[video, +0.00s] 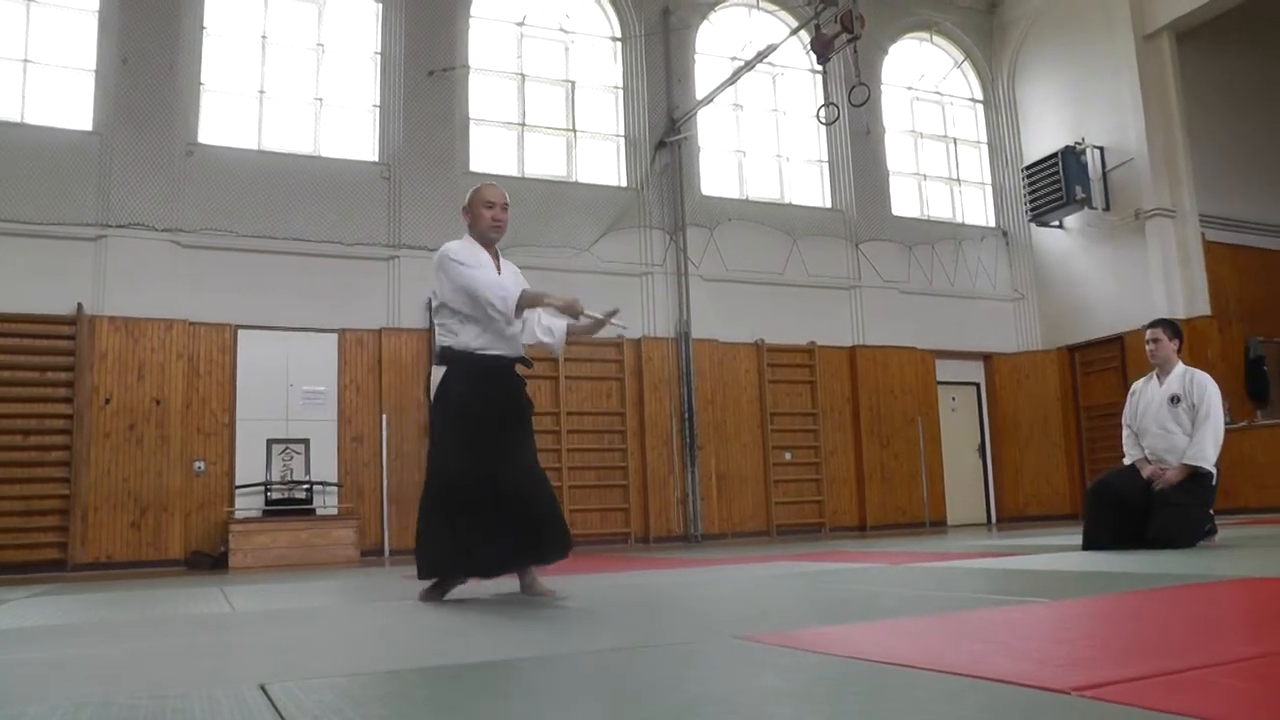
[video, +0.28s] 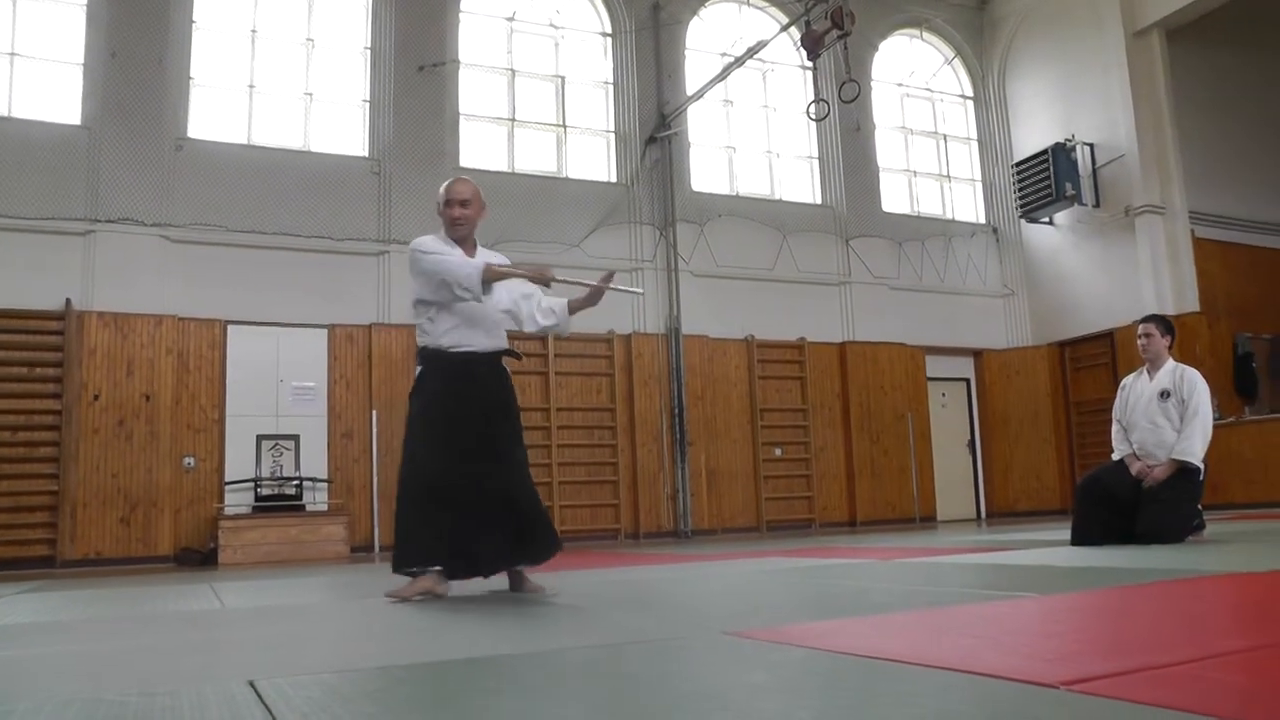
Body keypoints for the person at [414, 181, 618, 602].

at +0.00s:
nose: (499, 214)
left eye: (504, 208)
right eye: (489, 207)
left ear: (509, 218)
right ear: (468, 215)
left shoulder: (510, 273)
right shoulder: (453, 255)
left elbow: (532, 323)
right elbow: (496, 297)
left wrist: (584, 328)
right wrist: (553, 301)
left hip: (503, 382)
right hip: (464, 381)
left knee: (517, 477)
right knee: (460, 478)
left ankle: (527, 574)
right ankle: (453, 570)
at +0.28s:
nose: (456, 211)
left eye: (465, 204)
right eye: (449, 204)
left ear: (481, 212)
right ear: (440, 211)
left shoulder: (497, 267)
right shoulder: (425, 249)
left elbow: (534, 310)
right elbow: (463, 272)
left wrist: (585, 300)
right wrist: (521, 274)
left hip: (489, 375)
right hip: (441, 375)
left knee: (504, 471)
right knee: (428, 471)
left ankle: (516, 569)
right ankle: (432, 573)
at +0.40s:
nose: (425, 212)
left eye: (434, 204)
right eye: (419, 205)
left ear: (454, 209)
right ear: (411, 212)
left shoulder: (478, 261)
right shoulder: (398, 252)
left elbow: (524, 303)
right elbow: (404, 279)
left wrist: (562, 292)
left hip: (473, 376)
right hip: (422, 378)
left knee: (494, 469)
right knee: (406, 470)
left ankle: (511, 569)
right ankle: (419, 574)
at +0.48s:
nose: (403, 211)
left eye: (412, 203)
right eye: (397, 204)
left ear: (434, 208)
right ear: (392, 212)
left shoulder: (464, 258)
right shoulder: (383, 254)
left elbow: (504, 305)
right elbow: (371, 279)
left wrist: (529, 292)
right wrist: (382, 274)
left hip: (457, 374)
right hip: (406, 378)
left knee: (482, 468)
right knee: (398, 472)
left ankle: (511, 562)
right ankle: (415, 573)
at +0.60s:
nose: (369, 211)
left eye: (376, 203)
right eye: (366, 204)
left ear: (406, 205)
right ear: (370, 210)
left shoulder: (436, 254)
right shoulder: (362, 259)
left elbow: (479, 301)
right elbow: (323, 276)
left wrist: (451, 293)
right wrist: (296, 279)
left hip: (431, 376)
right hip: (386, 378)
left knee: (450, 469)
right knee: (382, 473)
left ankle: (488, 546)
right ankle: (412, 573)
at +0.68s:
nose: (351, 211)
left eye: (358, 202)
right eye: (350, 204)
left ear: (389, 204)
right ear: (360, 209)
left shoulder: (423, 251)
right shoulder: (359, 260)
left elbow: (430, 298)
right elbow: (311, 283)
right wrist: (257, 288)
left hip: (419, 372)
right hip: (379, 375)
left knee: (419, 469)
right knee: (374, 473)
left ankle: (462, 549)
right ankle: (412, 576)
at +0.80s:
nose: (330, 212)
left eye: (333, 201)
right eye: (329, 202)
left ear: (361, 198)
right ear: (361, 199)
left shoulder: (384, 242)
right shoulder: (376, 245)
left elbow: (354, 292)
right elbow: (341, 301)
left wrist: (288, 301)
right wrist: (286, 312)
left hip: (388, 375)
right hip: (383, 373)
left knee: (336, 460)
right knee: (398, 472)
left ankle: (370, 576)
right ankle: (407, 574)